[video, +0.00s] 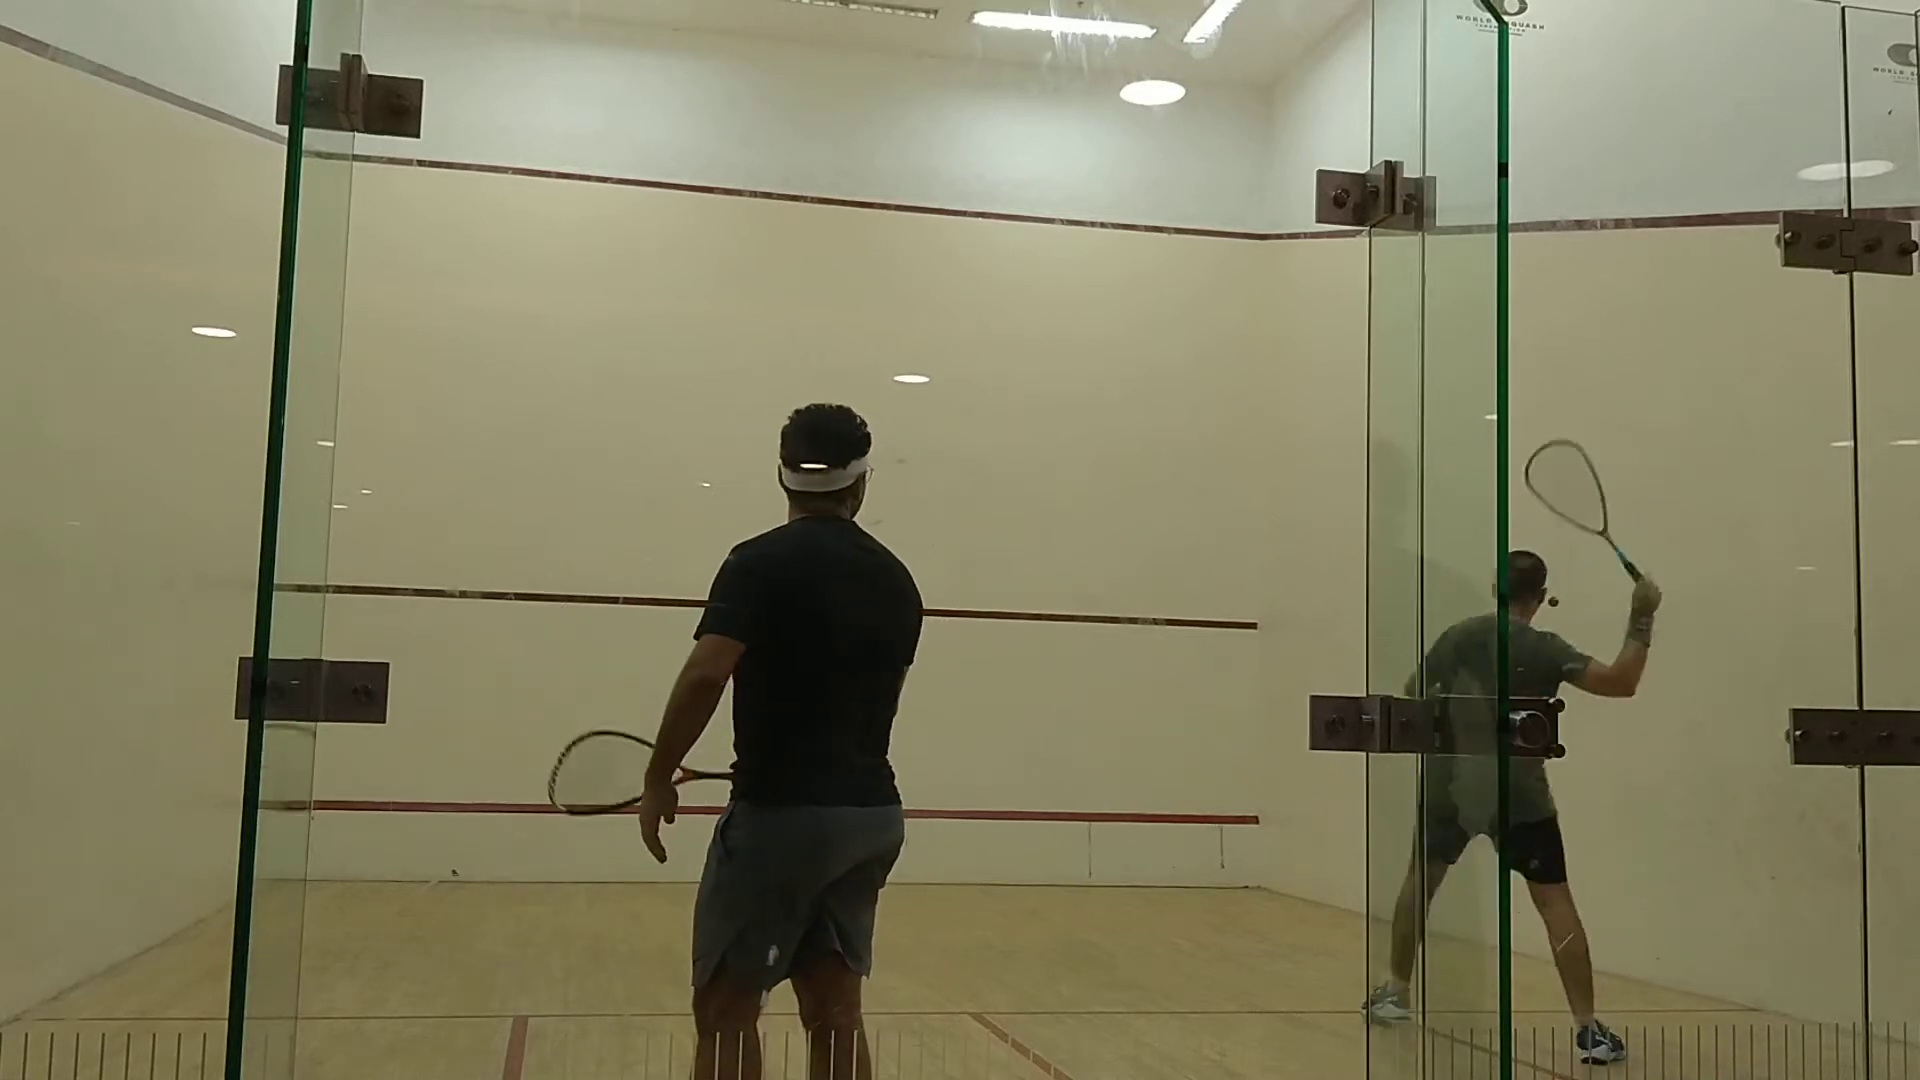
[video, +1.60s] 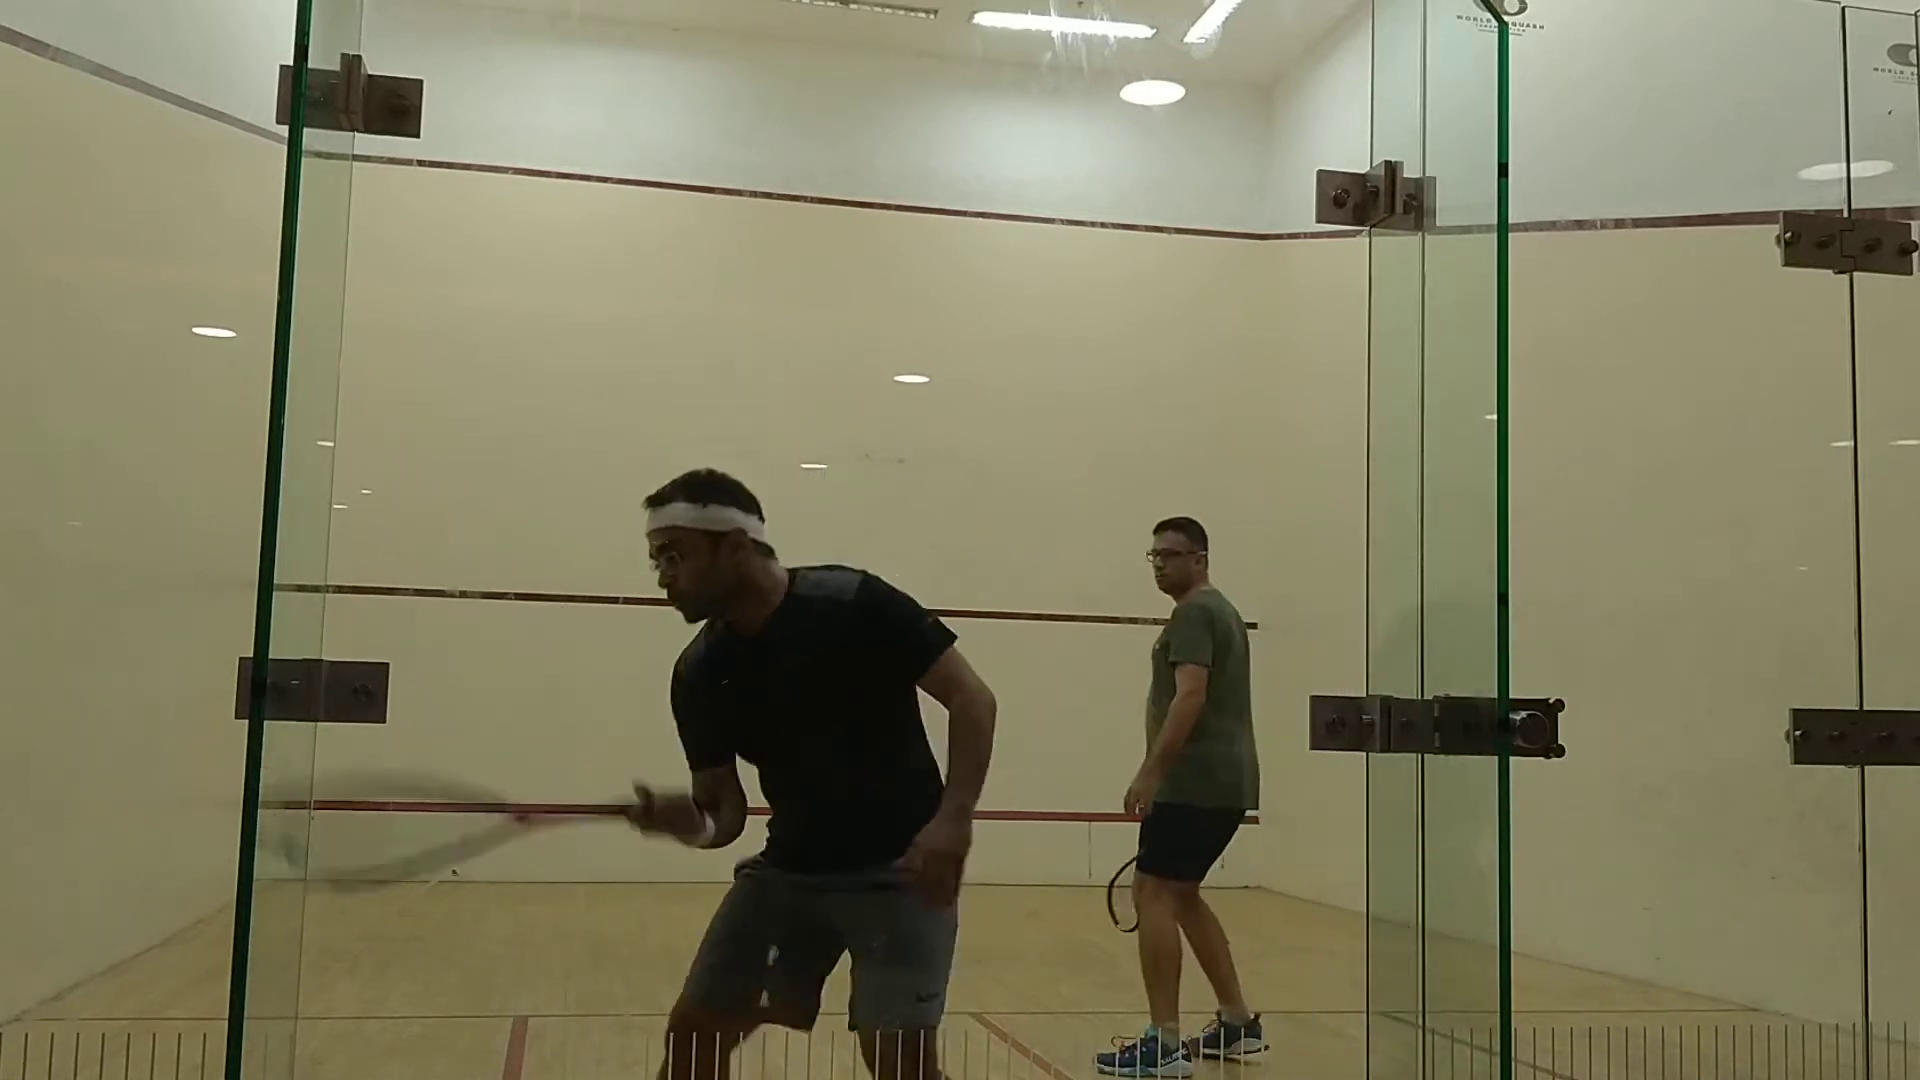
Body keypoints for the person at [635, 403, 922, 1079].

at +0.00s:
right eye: (861, 478)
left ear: (784, 480)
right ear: (860, 485)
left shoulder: (755, 563)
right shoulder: (897, 580)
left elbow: (707, 673)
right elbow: (871, 702)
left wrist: (659, 773)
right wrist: (772, 760)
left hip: (772, 824)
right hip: (870, 821)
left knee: (726, 1011)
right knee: (835, 1010)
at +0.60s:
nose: (770, 473)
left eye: (771, 463)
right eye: (778, 462)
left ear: (774, 475)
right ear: (849, 475)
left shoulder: (796, 559)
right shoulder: (882, 561)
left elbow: (794, 673)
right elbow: (869, 699)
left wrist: (730, 799)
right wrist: (789, 803)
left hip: (818, 818)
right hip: (890, 815)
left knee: (772, 1007)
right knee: (835, 1004)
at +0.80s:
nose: (773, 476)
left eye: (774, 464)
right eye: (779, 463)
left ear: (785, 482)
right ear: (861, 479)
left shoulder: (821, 567)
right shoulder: (889, 558)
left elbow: (823, 696)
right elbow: (891, 708)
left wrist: (774, 831)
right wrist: (813, 832)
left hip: (857, 830)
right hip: (908, 825)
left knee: (821, 1024)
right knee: (837, 1017)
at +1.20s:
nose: (747, 499)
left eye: (758, 480)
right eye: (748, 481)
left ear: (813, 483)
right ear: (812, 484)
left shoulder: (880, 571)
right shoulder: (829, 576)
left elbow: (911, 705)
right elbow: (841, 704)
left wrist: (862, 849)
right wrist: (785, 760)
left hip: (916, 843)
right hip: (838, 838)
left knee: (915, 1050)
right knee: (759, 1018)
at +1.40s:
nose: (711, 509)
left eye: (724, 489)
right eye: (708, 493)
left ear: (786, 485)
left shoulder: (887, 577)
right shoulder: (754, 597)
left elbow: (971, 697)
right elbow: (760, 706)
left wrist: (952, 826)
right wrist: (736, 776)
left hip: (904, 856)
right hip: (805, 852)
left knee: (928, 1054)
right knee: (737, 1024)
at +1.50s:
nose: (687, 535)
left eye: (699, 514)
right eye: (683, 518)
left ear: (759, 506)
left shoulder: (868, 585)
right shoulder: (725, 628)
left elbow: (975, 695)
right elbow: (740, 743)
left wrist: (977, 825)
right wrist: (716, 830)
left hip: (906, 858)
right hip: (802, 851)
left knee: (921, 1058)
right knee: (695, 1009)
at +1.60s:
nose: (661, 577)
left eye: (673, 556)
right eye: (656, 561)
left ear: (734, 544)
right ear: (729, 547)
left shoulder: (857, 604)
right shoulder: (699, 677)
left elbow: (975, 702)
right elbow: (723, 812)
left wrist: (954, 817)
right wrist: (688, 822)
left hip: (904, 858)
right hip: (793, 864)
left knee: (898, 1054)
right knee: (694, 1034)